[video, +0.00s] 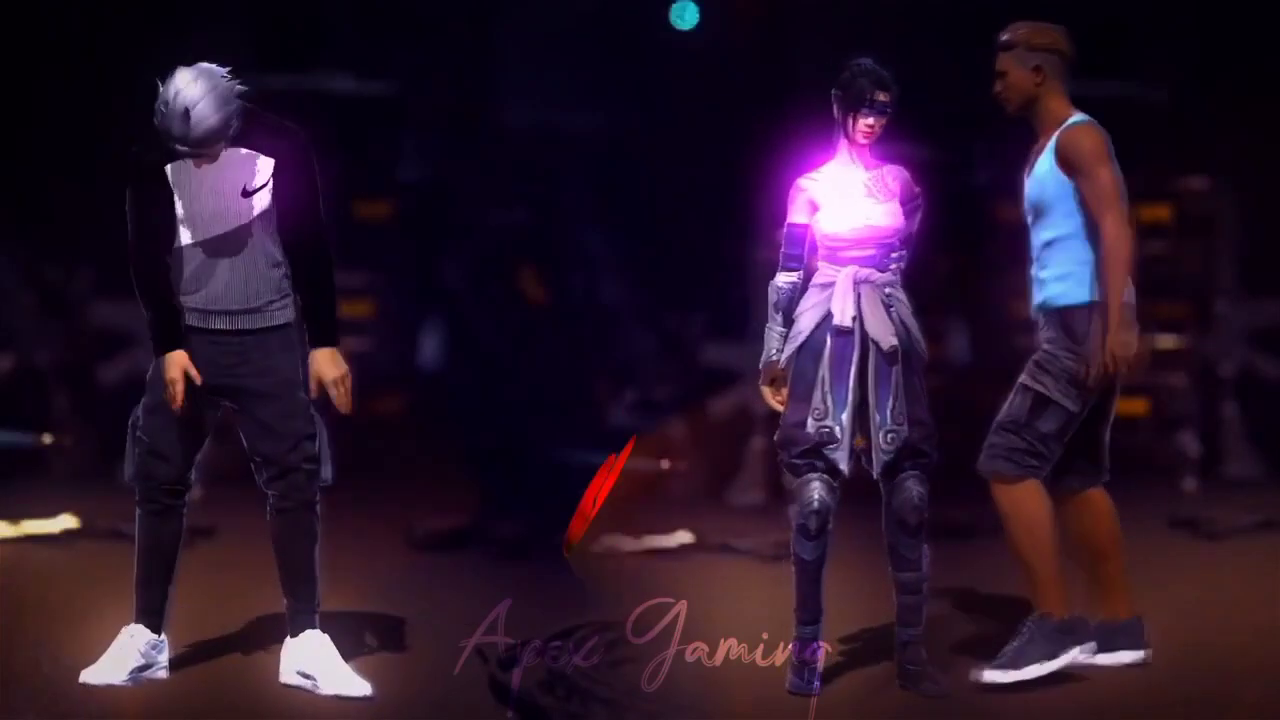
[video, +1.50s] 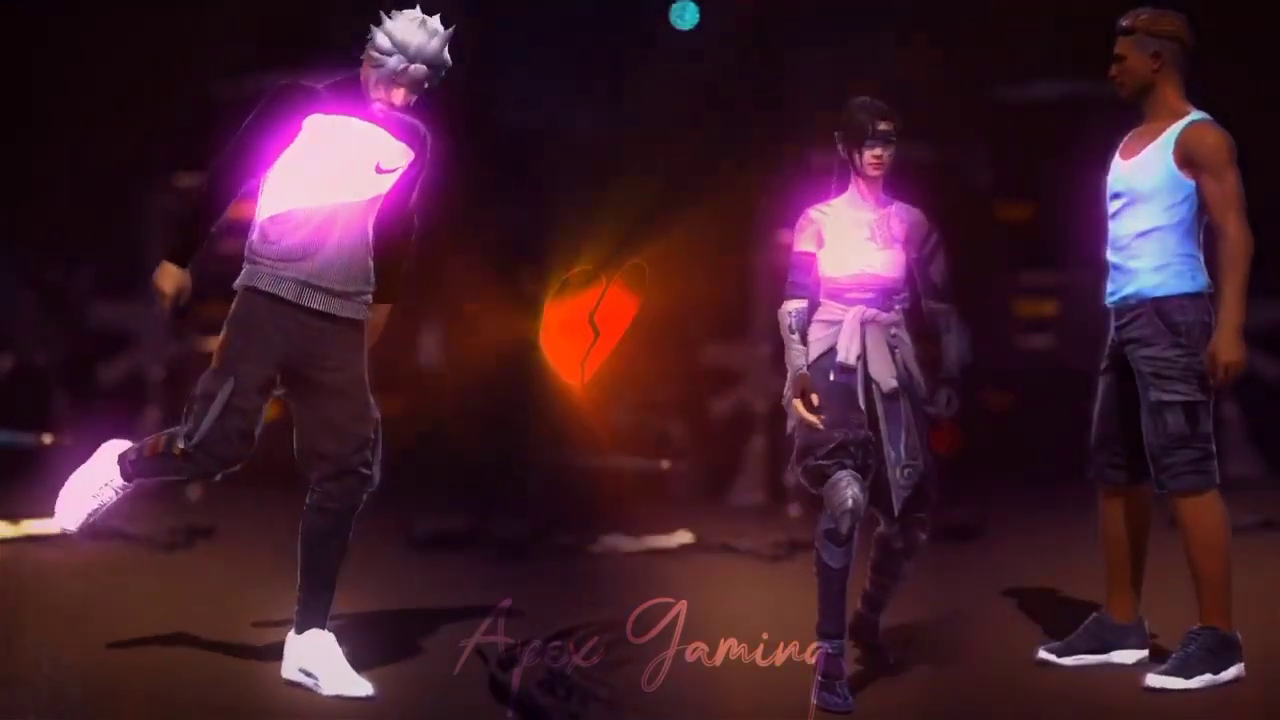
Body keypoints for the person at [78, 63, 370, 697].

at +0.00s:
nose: (204, 157)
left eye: (213, 146)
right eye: (192, 149)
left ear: (234, 120)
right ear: (171, 131)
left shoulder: (283, 150)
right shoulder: (152, 163)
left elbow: (310, 244)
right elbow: (146, 257)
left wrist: (324, 340)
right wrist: (167, 343)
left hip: (273, 342)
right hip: (186, 344)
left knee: (295, 484)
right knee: (156, 482)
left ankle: (304, 636)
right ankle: (148, 634)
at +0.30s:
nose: (257, 117)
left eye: (273, 107)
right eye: (248, 103)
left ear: (298, 98)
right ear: (232, 86)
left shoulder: (322, 145)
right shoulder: (194, 126)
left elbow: (297, 226)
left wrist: (205, 246)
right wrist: (341, 172)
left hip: (286, 337)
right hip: (204, 333)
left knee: (308, 480)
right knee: (169, 480)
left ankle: (305, 638)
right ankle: (144, 631)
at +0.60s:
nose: (328, 110)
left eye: (342, 99)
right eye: (320, 93)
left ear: (357, 93)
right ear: (296, 72)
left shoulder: (358, 143)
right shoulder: (231, 116)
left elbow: (366, 235)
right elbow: (231, 175)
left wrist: (344, 261)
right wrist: (330, 165)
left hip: (309, 332)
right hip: (227, 325)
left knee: (323, 480)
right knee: (177, 474)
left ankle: (305, 638)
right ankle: (138, 626)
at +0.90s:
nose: (386, 106)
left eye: (398, 95)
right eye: (378, 88)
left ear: (408, 93)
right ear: (345, 72)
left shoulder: (396, 151)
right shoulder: (265, 120)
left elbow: (415, 252)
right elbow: (220, 213)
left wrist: (442, 334)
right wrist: (192, 299)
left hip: (320, 337)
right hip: (239, 322)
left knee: (331, 477)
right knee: (187, 463)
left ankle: (307, 639)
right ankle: (133, 607)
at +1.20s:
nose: (413, 106)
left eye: (427, 96)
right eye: (407, 87)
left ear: (435, 98)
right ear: (379, 69)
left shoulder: (416, 151)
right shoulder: (304, 110)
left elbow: (398, 236)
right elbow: (229, 180)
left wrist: (409, 313)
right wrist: (179, 250)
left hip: (326, 327)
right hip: (251, 306)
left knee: (334, 471)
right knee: (197, 438)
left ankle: (307, 635)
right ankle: (118, 520)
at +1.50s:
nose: (399, 96)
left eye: (415, 86)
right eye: (391, 79)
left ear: (428, 86)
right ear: (367, 66)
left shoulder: (420, 145)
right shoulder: (305, 110)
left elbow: (402, 240)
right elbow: (227, 184)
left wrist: (391, 311)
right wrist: (182, 258)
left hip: (341, 324)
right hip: (265, 304)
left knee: (345, 471)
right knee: (214, 446)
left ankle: (310, 633)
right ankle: (121, 466)